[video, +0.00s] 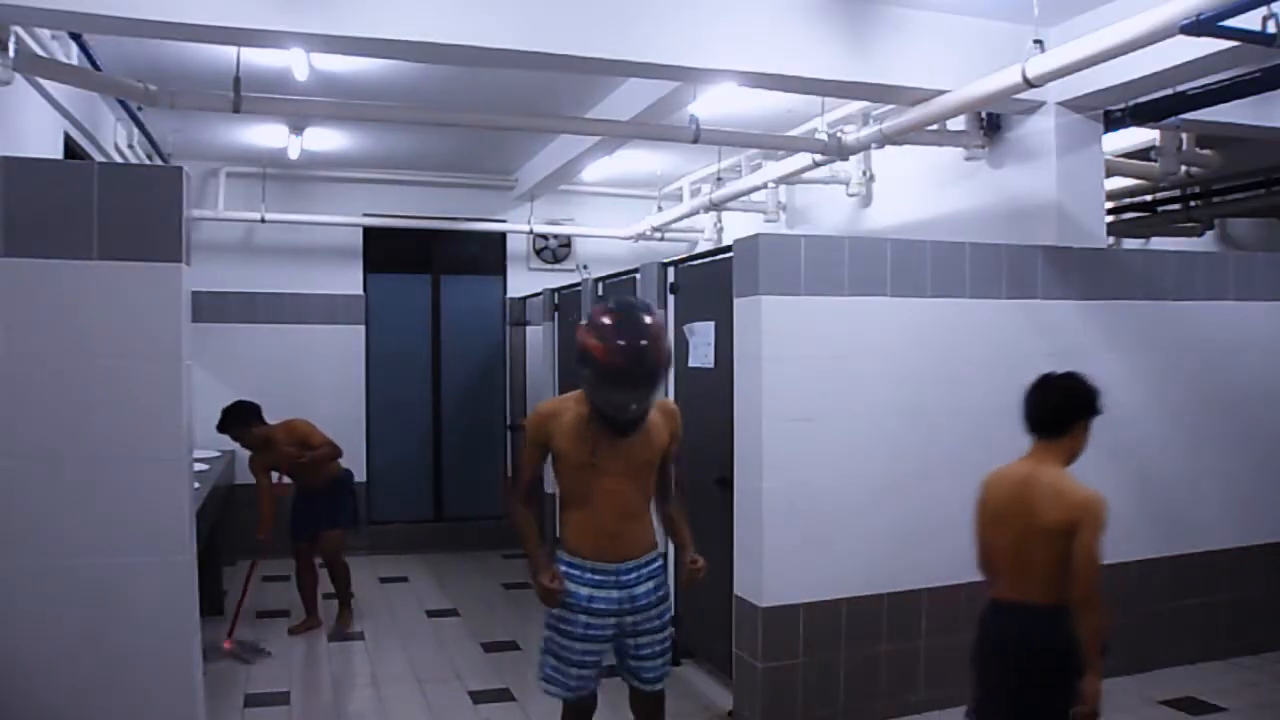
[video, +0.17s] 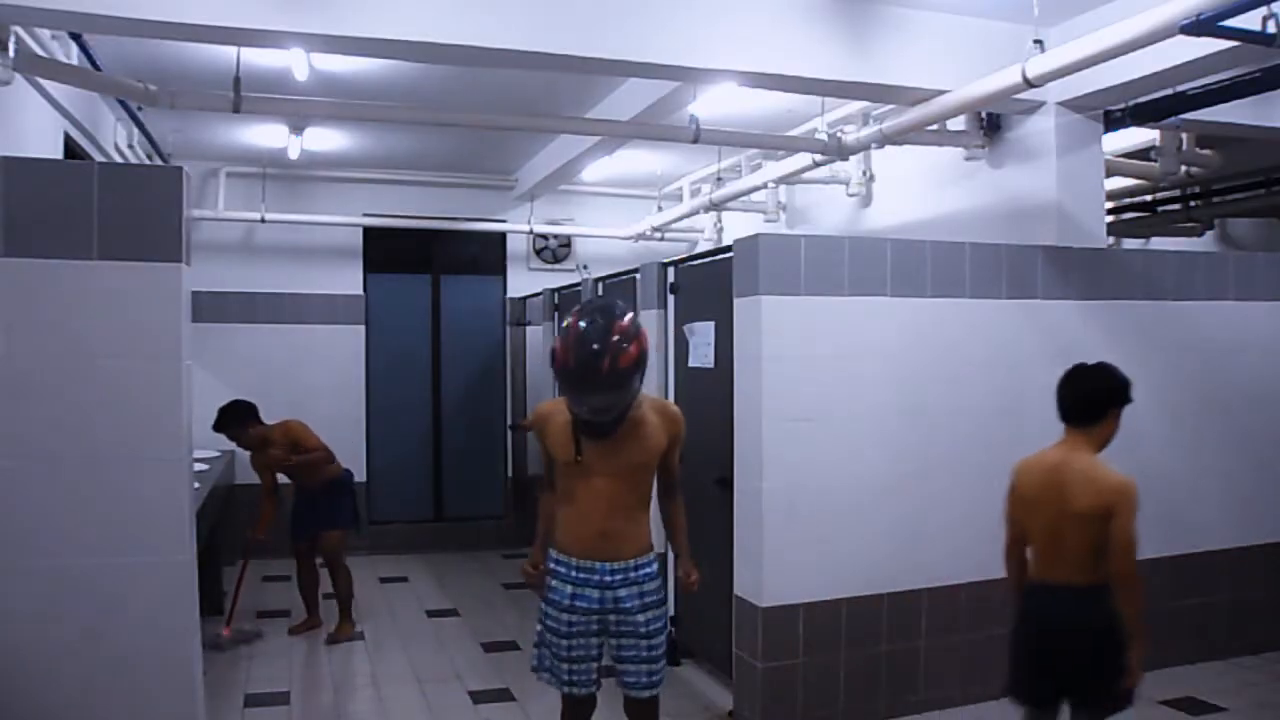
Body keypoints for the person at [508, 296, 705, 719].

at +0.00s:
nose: (627, 408)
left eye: (638, 396)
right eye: (615, 397)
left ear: (655, 379)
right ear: (588, 377)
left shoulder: (666, 418)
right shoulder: (549, 419)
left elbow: (668, 493)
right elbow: (522, 498)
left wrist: (687, 549)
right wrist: (539, 563)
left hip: (646, 578)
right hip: (579, 580)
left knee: (650, 700)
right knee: (579, 704)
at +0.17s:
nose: (599, 411)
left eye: (611, 401)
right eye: (587, 401)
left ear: (636, 379)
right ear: (567, 381)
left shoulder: (665, 421)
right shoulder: (549, 420)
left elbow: (670, 493)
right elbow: (549, 488)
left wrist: (683, 555)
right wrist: (538, 549)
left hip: (640, 578)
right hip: (570, 578)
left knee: (643, 704)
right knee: (577, 703)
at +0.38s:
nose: (601, 412)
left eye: (613, 401)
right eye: (589, 400)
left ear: (635, 379)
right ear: (568, 380)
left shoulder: (660, 420)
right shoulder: (544, 422)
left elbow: (667, 494)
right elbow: (539, 490)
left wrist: (674, 556)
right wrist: (534, 549)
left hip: (639, 580)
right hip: (568, 582)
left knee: (643, 707)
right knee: (575, 706)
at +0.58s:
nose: (642, 407)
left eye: (649, 394)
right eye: (631, 396)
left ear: (655, 383)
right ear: (598, 380)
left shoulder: (652, 416)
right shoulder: (546, 420)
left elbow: (641, 491)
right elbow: (509, 500)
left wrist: (671, 546)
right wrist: (537, 567)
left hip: (642, 579)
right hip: (580, 584)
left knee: (645, 697)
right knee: (574, 706)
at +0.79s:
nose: (648, 414)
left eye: (655, 403)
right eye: (639, 401)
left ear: (660, 392)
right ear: (607, 382)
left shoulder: (642, 418)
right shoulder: (551, 421)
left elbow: (630, 498)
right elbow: (501, 485)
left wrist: (656, 551)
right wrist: (526, 559)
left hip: (653, 575)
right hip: (593, 582)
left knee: (652, 697)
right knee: (588, 703)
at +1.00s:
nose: (639, 413)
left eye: (649, 399)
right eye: (626, 401)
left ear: (658, 384)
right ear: (594, 379)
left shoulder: (658, 416)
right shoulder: (550, 419)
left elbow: (651, 491)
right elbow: (514, 500)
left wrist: (676, 544)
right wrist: (541, 574)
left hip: (649, 580)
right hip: (585, 584)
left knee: (648, 703)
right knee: (580, 707)